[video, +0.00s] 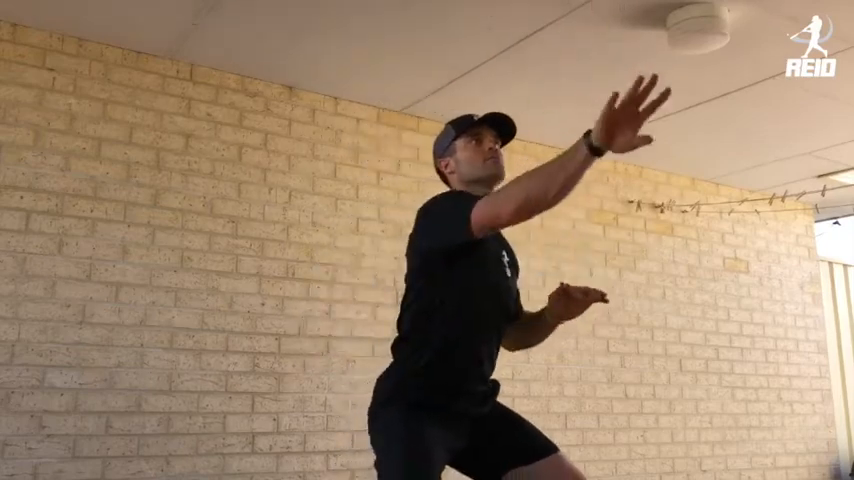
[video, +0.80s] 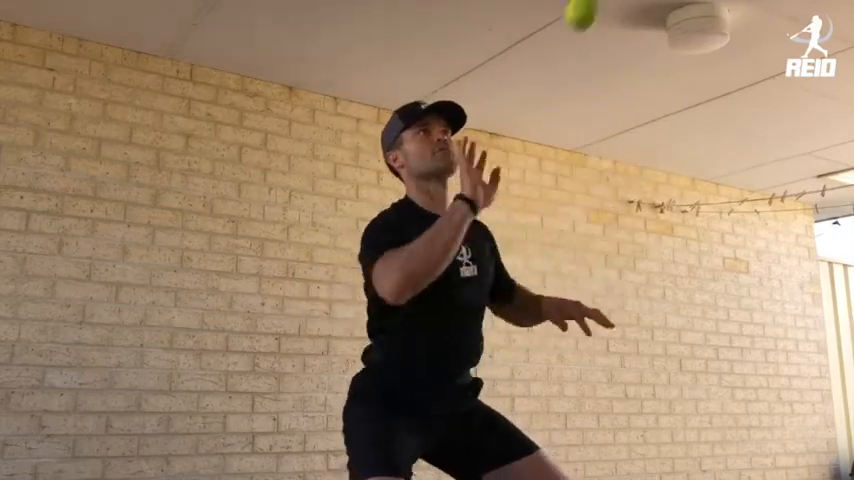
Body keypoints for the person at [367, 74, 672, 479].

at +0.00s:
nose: (493, 146)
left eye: (497, 141)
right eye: (474, 140)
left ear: (502, 160)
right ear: (447, 165)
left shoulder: (501, 252)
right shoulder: (438, 215)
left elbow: (512, 335)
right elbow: (515, 205)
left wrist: (552, 314)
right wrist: (596, 144)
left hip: (472, 406)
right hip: (412, 406)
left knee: (563, 476)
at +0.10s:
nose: (496, 146)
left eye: (499, 141)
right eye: (479, 140)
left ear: (508, 159)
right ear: (451, 164)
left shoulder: (509, 251)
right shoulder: (434, 216)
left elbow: (548, 331)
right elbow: (475, 253)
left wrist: (568, 286)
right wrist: (567, 202)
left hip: (477, 406)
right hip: (414, 405)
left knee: (565, 475)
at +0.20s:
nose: (498, 148)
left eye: (501, 143)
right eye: (481, 141)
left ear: (508, 160)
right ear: (453, 165)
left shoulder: (513, 245)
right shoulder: (422, 219)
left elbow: (590, 309)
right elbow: (420, 289)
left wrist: (591, 244)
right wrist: (510, 257)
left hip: (475, 402)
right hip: (411, 398)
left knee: (565, 476)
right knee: (398, 473)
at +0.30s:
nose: (496, 149)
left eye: (500, 144)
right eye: (479, 142)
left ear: (506, 162)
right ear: (452, 167)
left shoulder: (520, 241)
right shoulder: (413, 222)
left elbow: (608, 254)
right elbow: (370, 300)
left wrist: (597, 171)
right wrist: (443, 282)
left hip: (472, 403)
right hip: (401, 398)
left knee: (558, 475)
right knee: (380, 474)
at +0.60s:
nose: (451, 130)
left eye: (455, 126)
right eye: (433, 124)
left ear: (465, 148)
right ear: (407, 152)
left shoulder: (494, 221)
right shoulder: (377, 221)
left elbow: (580, 268)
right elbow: (338, 313)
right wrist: (401, 265)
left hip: (467, 396)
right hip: (392, 391)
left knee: (550, 476)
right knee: (369, 476)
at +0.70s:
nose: (444, 130)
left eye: (448, 125)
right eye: (426, 125)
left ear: (458, 145)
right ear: (400, 154)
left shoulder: (487, 228)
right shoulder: (377, 224)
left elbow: (549, 298)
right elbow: (355, 305)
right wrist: (434, 241)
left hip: (461, 396)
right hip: (389, 393)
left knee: (549, 477)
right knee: (374, 475)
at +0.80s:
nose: (442, 136)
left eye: (445, 131)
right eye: (423, 132)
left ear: (457, 146)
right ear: (396, 160)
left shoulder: (476, 234)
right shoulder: (386, 227)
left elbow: (507, 301)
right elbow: (394, 285)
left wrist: (547, 307)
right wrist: (466, 204)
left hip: (454, 402)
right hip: (387, 402)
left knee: (546, 475)